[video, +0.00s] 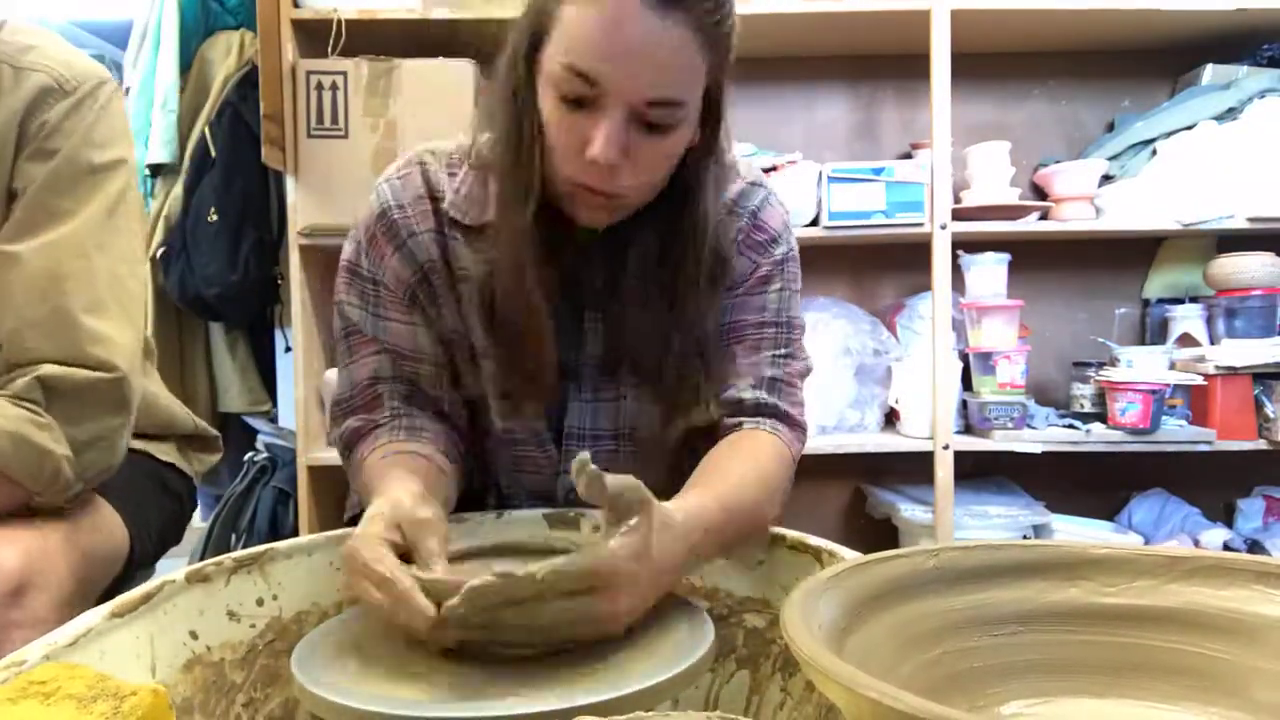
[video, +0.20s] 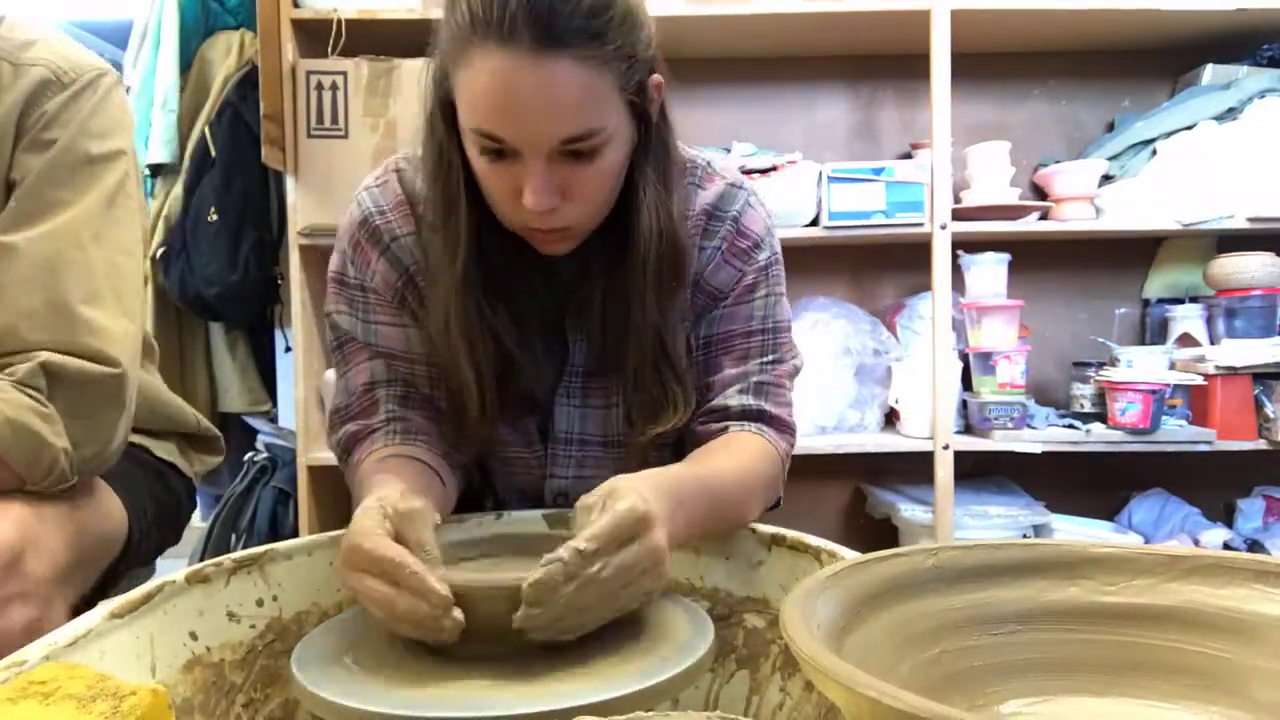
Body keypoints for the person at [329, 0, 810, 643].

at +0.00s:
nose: (604, 152)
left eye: (655, 122)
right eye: (577, 100)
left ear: (703, 121)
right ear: (528, 74)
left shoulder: (741, 224)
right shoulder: (416, 211)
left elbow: (765, 428)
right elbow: (398, 409)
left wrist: (675, 538)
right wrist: (403, 494)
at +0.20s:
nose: (537, 197)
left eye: (579, 153)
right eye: (495, 152)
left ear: (647, 107)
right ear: (454, 119)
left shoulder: (720, 222)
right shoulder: (391, 223)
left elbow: (756, 439)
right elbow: (396, 418)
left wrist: (668, 503)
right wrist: (395, 499)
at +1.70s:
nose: (525, 213)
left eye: (567, 165)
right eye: (483, 166)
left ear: (639, 116)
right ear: (441, 130)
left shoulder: (720, 231)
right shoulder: (374, 233)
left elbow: (756, 443)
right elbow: (357, 418)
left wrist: (682, 478)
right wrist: (374, 486)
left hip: (642, 612)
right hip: (445, 613)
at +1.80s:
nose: (490, 103)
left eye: (525, 59)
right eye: (451, 72)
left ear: (597, 53)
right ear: (425, 82)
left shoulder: (701, 218)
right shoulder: (383, 235)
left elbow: (742, 423)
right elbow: (390, 414)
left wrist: (668, 491)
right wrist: (392, 494)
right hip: (460, 612)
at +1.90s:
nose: (496, 99)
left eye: (531, 55)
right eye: (457, 67)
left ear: (603, 51)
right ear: (427, 78)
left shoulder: (705, 221)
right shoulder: (380, 234)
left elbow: (743, 425)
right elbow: (394, 421)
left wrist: (682, 480)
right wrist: (376, 493)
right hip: (458, 609)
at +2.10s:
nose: (432, 221)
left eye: (441, 172)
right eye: (396, 200)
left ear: (511, 108)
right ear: (374, 190)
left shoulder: (682, 220)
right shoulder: (391, 253)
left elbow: (726, 403)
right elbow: (419, 409)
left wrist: (662, 512)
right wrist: (432, 514)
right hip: (485, 584)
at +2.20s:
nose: (463, 205)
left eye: (479, 153)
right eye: (421, 178)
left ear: (548, 98)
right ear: (392, 168)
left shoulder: (695, 217)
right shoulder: (396, 247)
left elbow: (730, 403)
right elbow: (421, 415)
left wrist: (670, 518)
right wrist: (438, 512)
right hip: (488, 591)